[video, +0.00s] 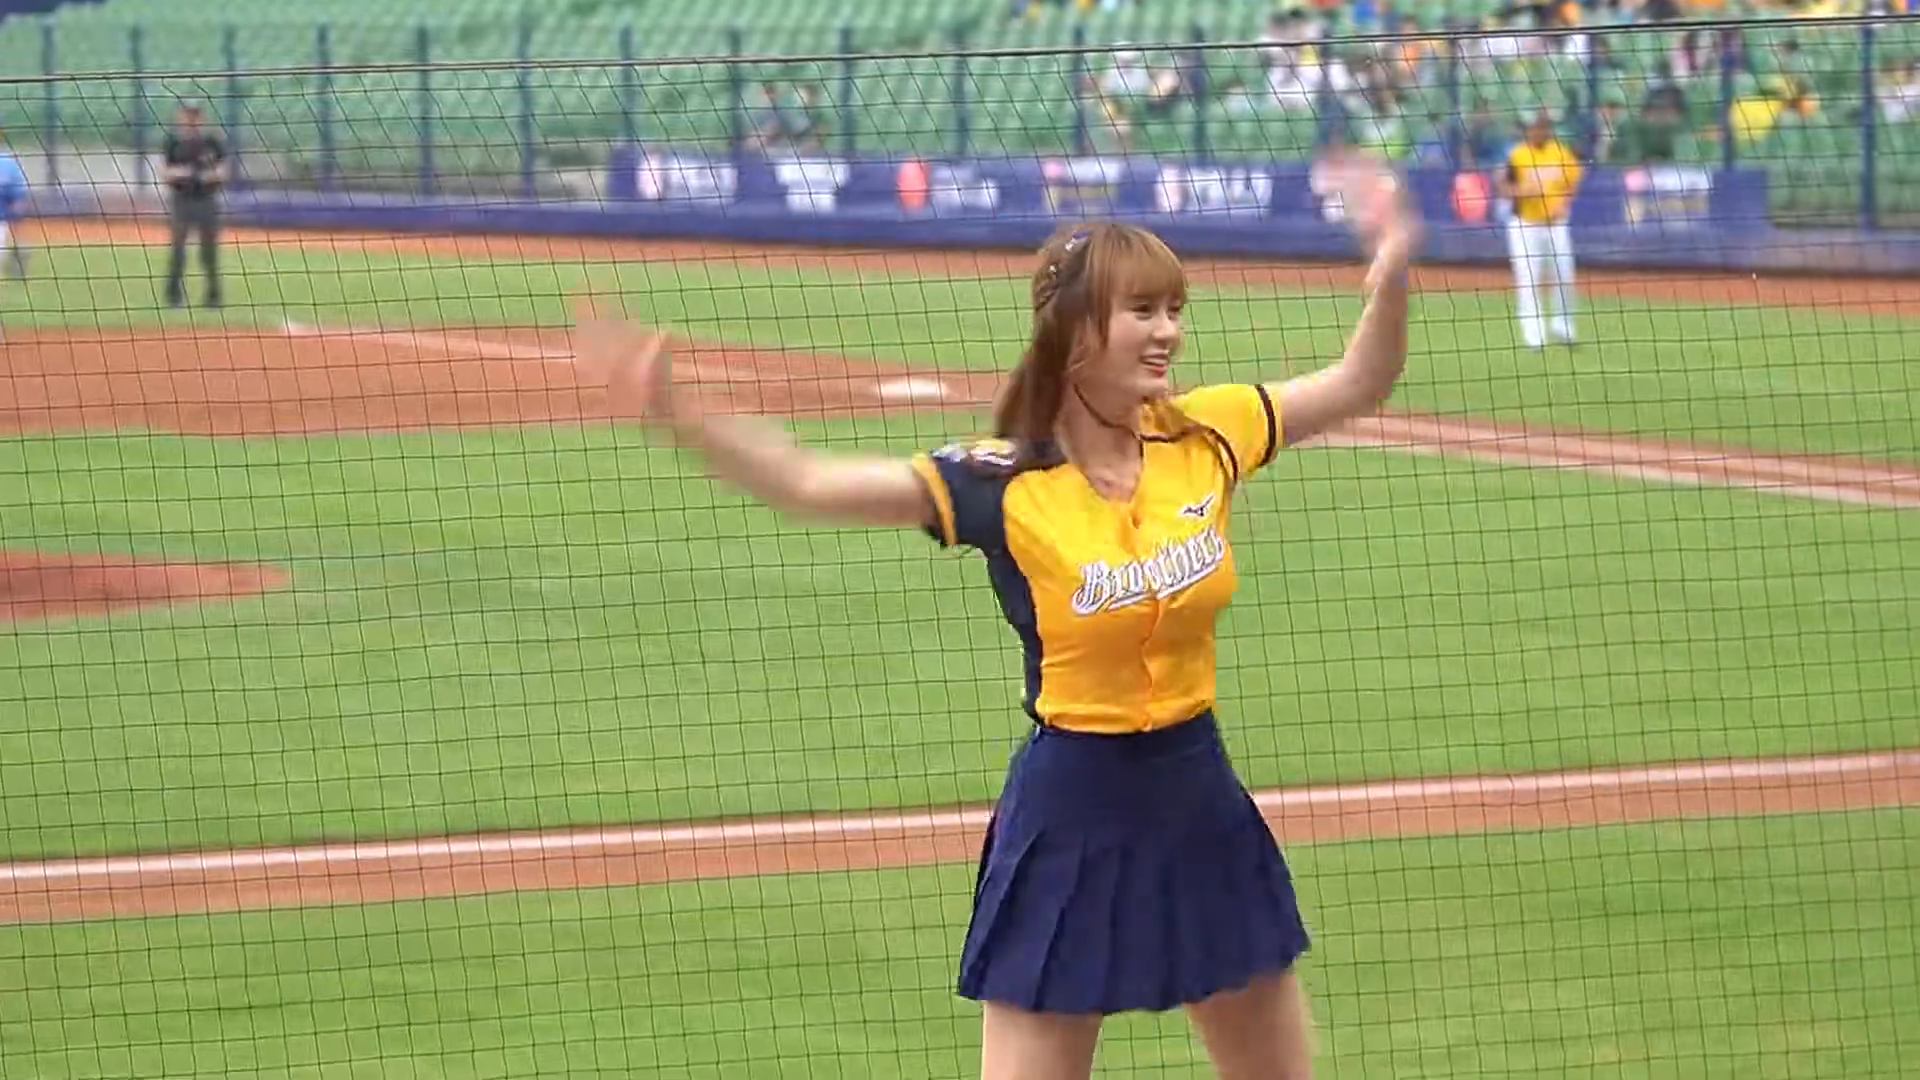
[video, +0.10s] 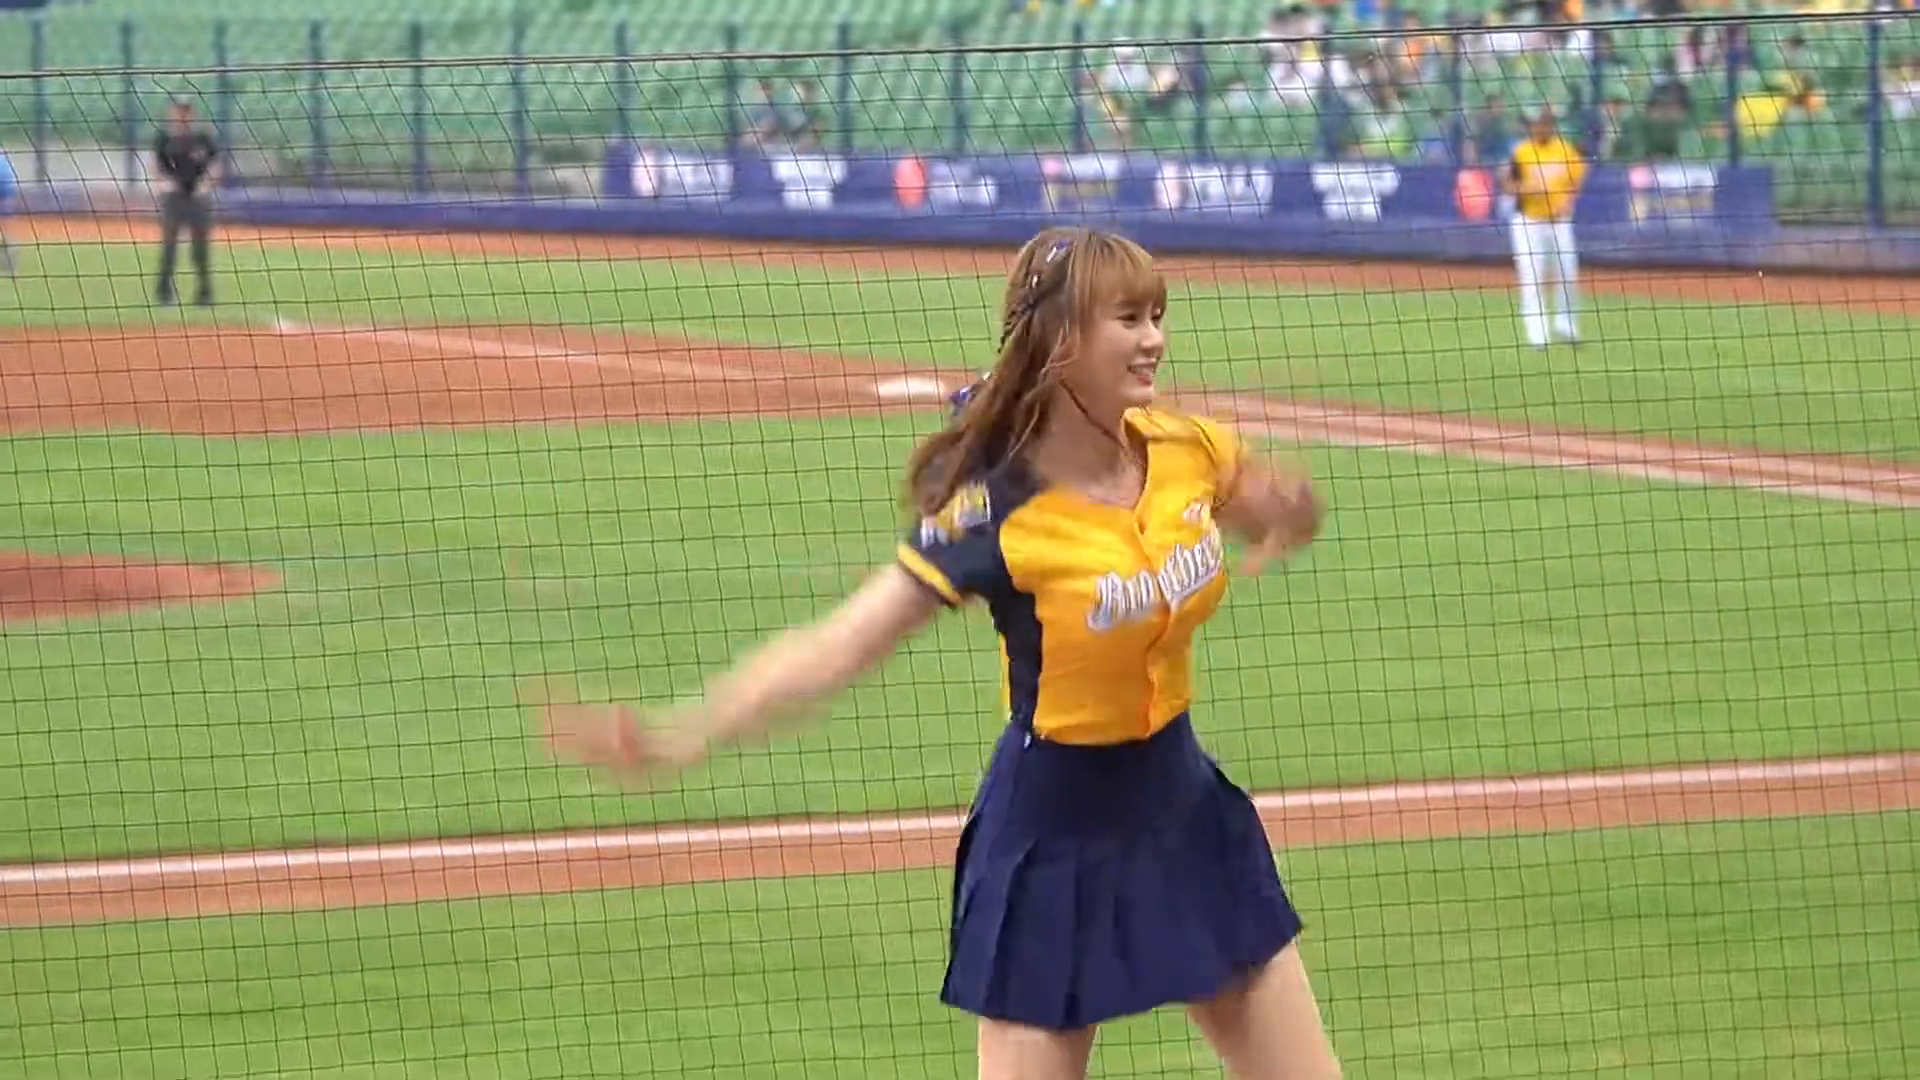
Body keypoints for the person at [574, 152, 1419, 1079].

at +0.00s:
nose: (1169, 332)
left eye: (1174, 310)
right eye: (1145, 309)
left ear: (1173, 328)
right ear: (1073, 325)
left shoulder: (1206, 433)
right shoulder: (998, 482)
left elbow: (1360, 384)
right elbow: (805, 483)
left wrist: (1391, 276)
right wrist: (675, 417)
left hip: (1201, 808)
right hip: (1068, 821)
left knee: (1278, 1066)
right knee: (1029, 1066)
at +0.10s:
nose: (1154, 337)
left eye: (1157, 316)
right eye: (1128, 317)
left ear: (1159, 331)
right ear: (1054, 343)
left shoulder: (1189, 446)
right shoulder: (997, 513)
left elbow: (1285, 526)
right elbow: (842, 643)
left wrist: (1293, 507)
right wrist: (684, 733)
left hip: (1180, 798)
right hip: (1051, 822)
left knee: (1304, 1065)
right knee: (1027, 1067)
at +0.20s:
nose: (1156, 390)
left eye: (1158, 367)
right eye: (1130, 367)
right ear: (1053, 390)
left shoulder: (1165, 504)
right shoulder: (995, 583)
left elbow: (1228, 574)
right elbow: (903, 769)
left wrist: (1314, 614)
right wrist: (800, 947)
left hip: (1157, 851)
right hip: (1037, 882)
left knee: (1332, 1067)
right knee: (1032, 1061)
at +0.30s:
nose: (1175, 361)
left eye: (1175, 340)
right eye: (1152, 344)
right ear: (1080, 374)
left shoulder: (1187, 460)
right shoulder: (1015, 552)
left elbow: (1278, 477)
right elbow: (920, 711)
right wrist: (812, 859)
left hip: (1178, 827)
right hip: (1058, 857)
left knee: (1357, 1065)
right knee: (1040, 1062)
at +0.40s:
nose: (1218, 312)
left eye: (1218, 290)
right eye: (1198, 293)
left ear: (1170, 309)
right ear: (1122, 311)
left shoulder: (1227, 393)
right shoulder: (1061, 466)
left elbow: (1332, 340)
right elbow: (915, 566)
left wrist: (1441, 287)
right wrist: (792, 608)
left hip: (1206, 772)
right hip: (1090, 785)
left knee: (1361, 1066)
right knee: (1037, 1066)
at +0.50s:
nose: (1260, 331)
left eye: (1261, 310)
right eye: (1239, 312)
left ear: (1247, 320)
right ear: (1165, 324)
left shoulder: (1271, 396)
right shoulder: (1095, 443)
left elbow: (1394, 290)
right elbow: (951, 435)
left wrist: (1502, 184)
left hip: (1253, 792)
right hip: (1137, 799)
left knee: (1336, 1063)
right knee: (1070, 1063)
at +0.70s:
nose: (1368, 314)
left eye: (1377, 292)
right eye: (1341, 291)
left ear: (1389, 307)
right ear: (1271, 311)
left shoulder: (1402, 450)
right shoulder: (1193, 451)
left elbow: (1577, 449)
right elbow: (1010, 528)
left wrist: (1752, 422)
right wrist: (1055, 397)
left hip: (1284, 813)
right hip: (1158, 801)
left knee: (1337, 1066)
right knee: (1143, 1071)